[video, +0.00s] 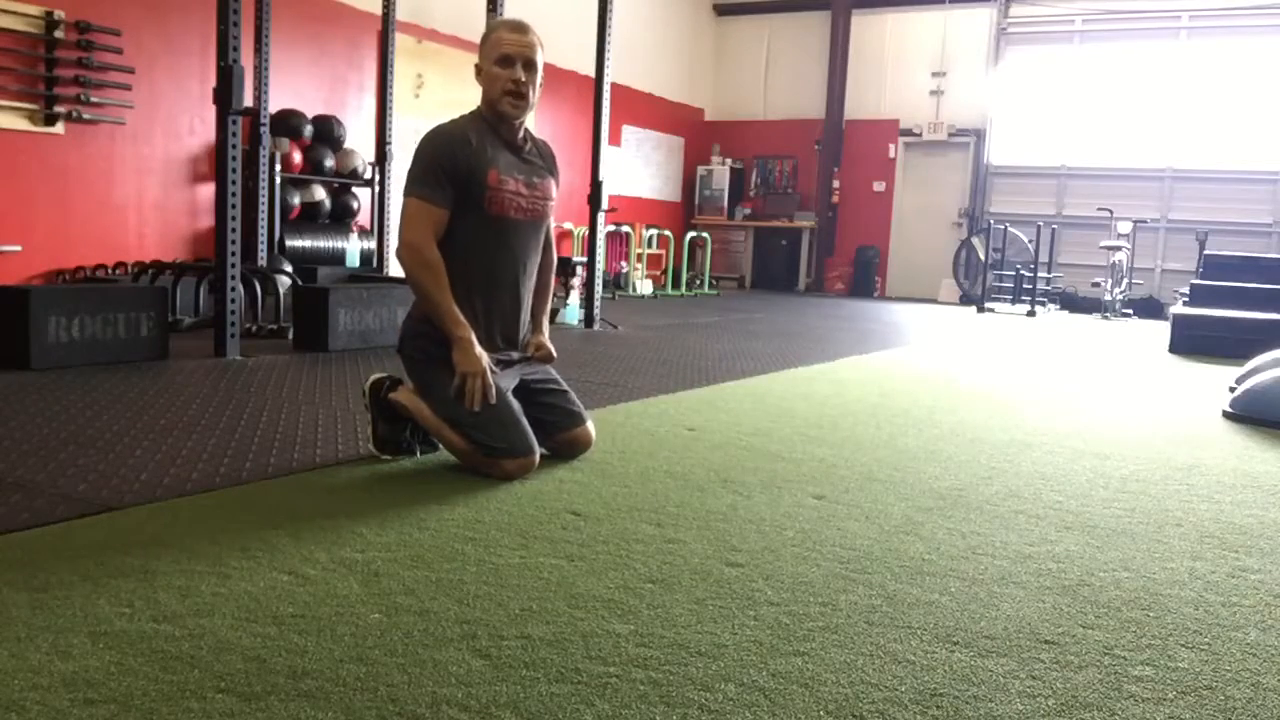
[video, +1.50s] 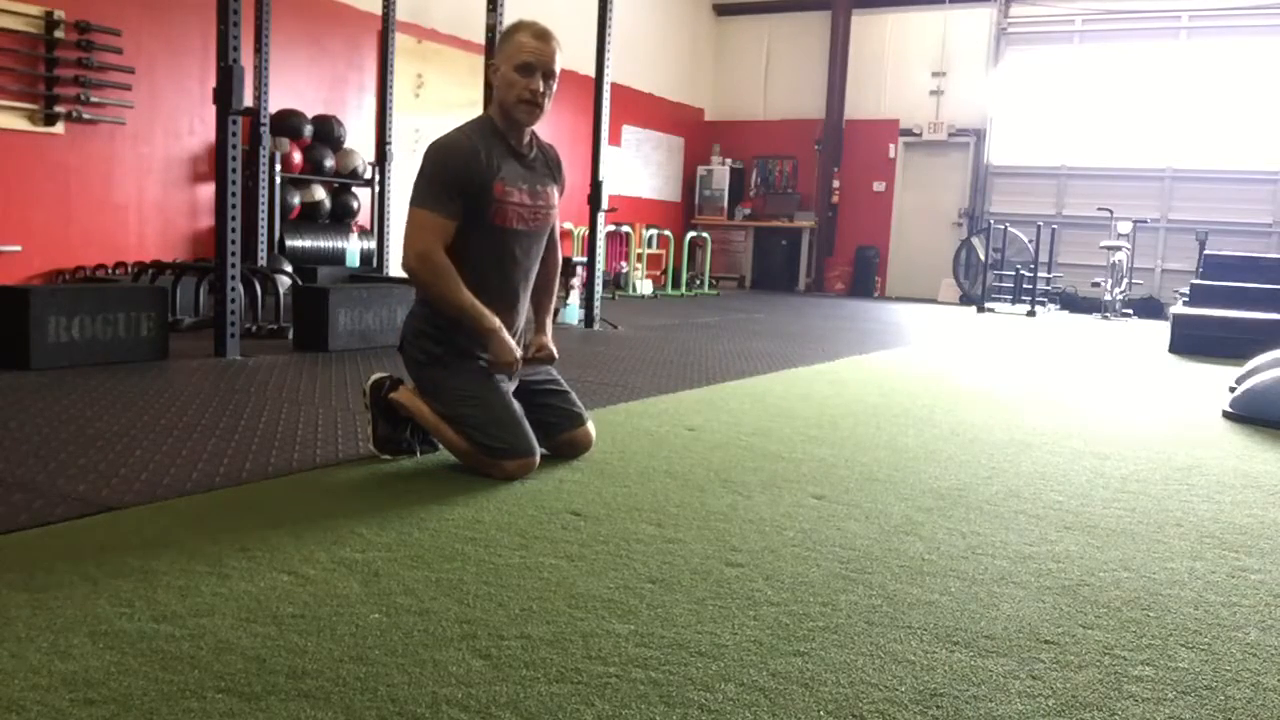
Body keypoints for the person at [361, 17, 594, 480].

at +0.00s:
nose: (519, 76)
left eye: (529, 66)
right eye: (505, 63)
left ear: (540, 78)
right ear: (480, 71)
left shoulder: (543, 157)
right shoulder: (448, 144)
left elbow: (545, 247)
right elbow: (414, 246)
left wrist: (539, 329)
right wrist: (463, 336)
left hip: (514, 345)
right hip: (448, 346)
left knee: (574, 439)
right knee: (515, 463)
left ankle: (442, 412)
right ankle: (399, 399)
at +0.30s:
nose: (525, 81)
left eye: (537, 70)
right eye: (512, 67)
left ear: (549, 80)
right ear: (486, 73)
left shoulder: (547, 157)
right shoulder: (455, 145)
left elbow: (547, 247)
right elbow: (418, 247)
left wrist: (540, 328)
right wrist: (466, 338)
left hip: (515, 344)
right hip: (450, 347)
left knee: (574, 439)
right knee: (515, 463)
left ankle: (442, 412)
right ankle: (400, 400)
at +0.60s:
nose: (523, 84)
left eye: (535, 73)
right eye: (509, 70)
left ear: (548, 81)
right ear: (485, 73)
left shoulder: (548, 158)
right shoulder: (454, 148)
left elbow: (552, 246)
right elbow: (432, 251)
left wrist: (543, 321)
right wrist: (523, 301)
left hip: (514, 343)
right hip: (450, 346)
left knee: (574, 439)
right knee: (515, 462)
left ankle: (444, 413)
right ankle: (399, 399)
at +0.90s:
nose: (536, 88)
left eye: (545, 76)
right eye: (522, 72)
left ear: (552, 83)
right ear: (489, 71)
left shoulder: (543, 157)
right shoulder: (462, 150)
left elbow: (539, 248)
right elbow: (467, 257)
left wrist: (539, 328)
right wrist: (569, 274)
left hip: (514, 343)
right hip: (450, 347)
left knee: (574, 439)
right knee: (515, 462)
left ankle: (452, 404)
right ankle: (400, 399)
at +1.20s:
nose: (538, 86)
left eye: (548, 76)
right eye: (525, 70)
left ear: (556, 86)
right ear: (493, 71)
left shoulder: (547, 160)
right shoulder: (460, 152)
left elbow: (548, 247)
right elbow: (441, 260)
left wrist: (540, 323)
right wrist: (526, 318)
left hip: (514, 342)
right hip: (451, 345)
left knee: (574, 439)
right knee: (514, 463)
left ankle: (445, 412)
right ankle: (398, 399)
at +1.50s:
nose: (538, 87)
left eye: (549, 77)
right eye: (525, 70)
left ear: (556, 87)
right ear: (493, 72)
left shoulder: (548, 160)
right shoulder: (456, 152)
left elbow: (549, 247)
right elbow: (420, 256)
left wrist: (543, 328)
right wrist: (493, 330)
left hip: (513, 338)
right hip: (447, 345)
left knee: (573, 439)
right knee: (514, 463)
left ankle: (445, 411)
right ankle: (398, 399)